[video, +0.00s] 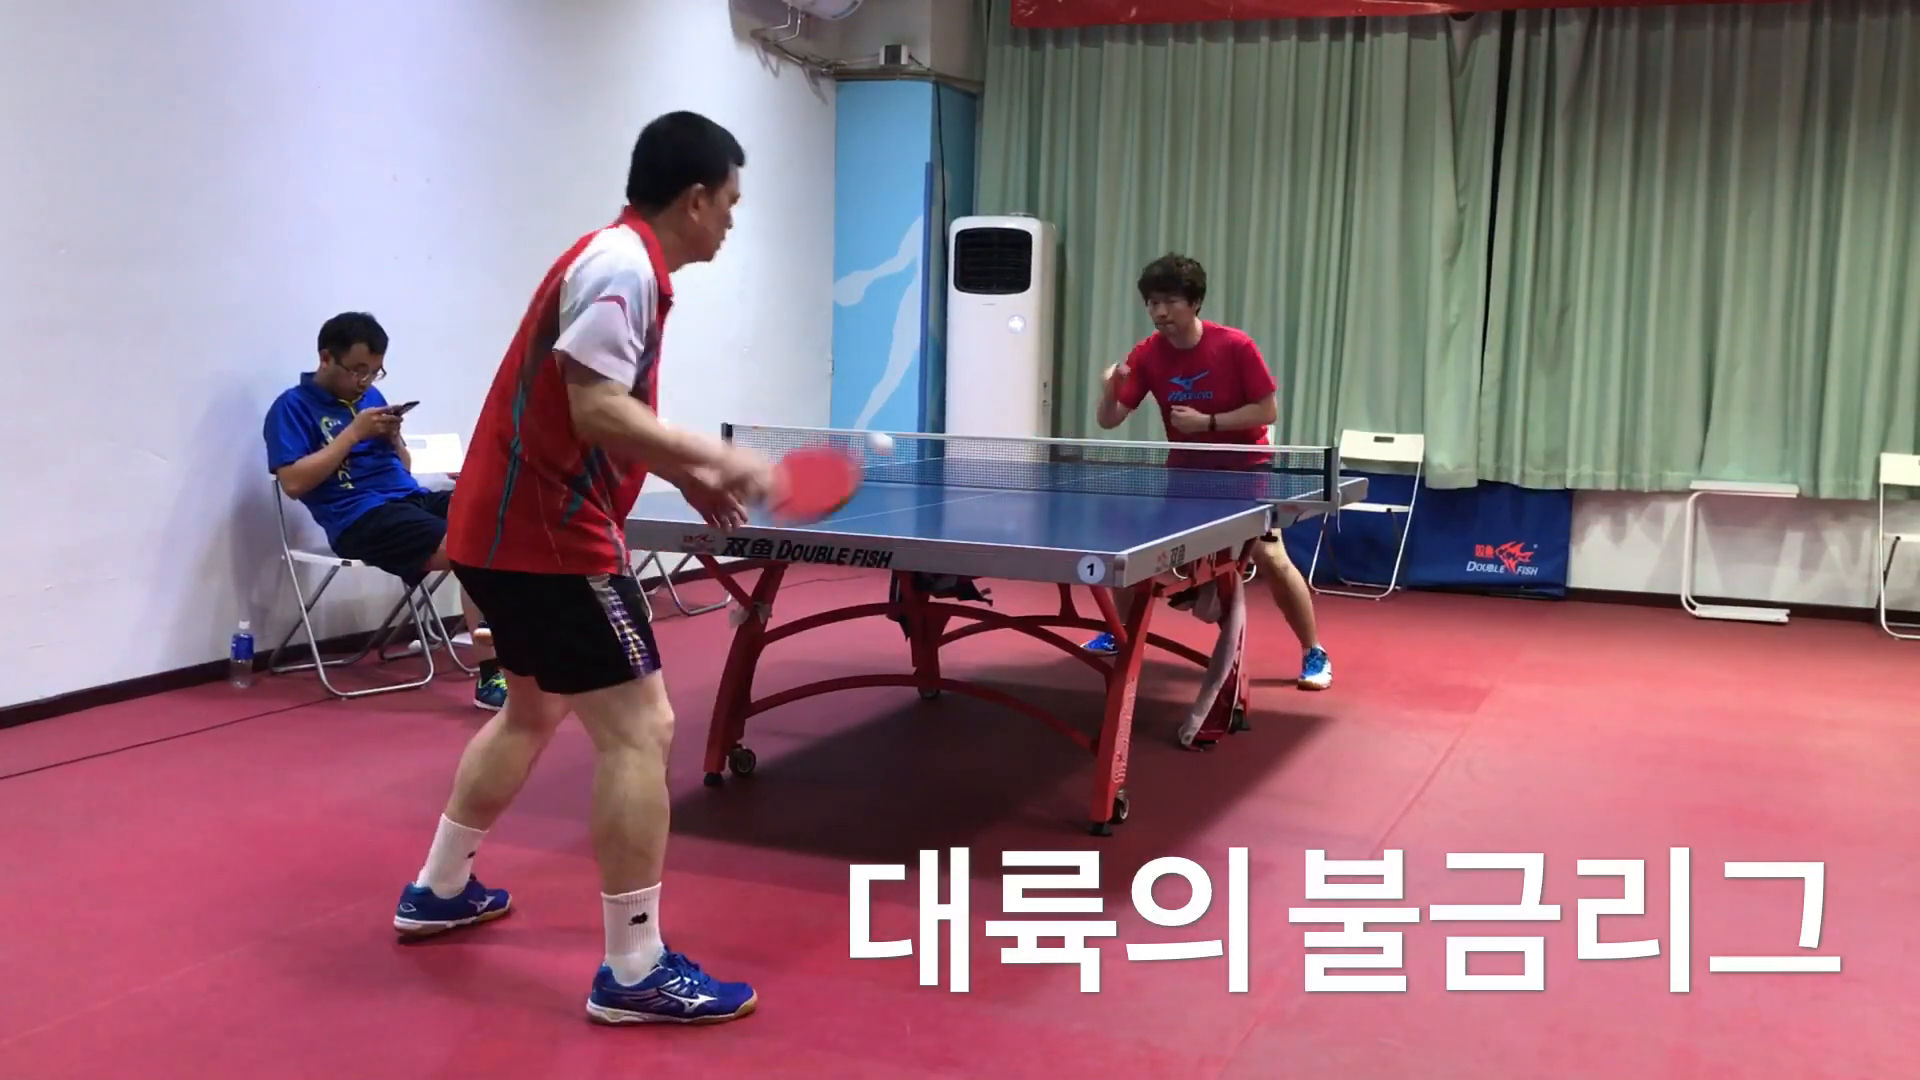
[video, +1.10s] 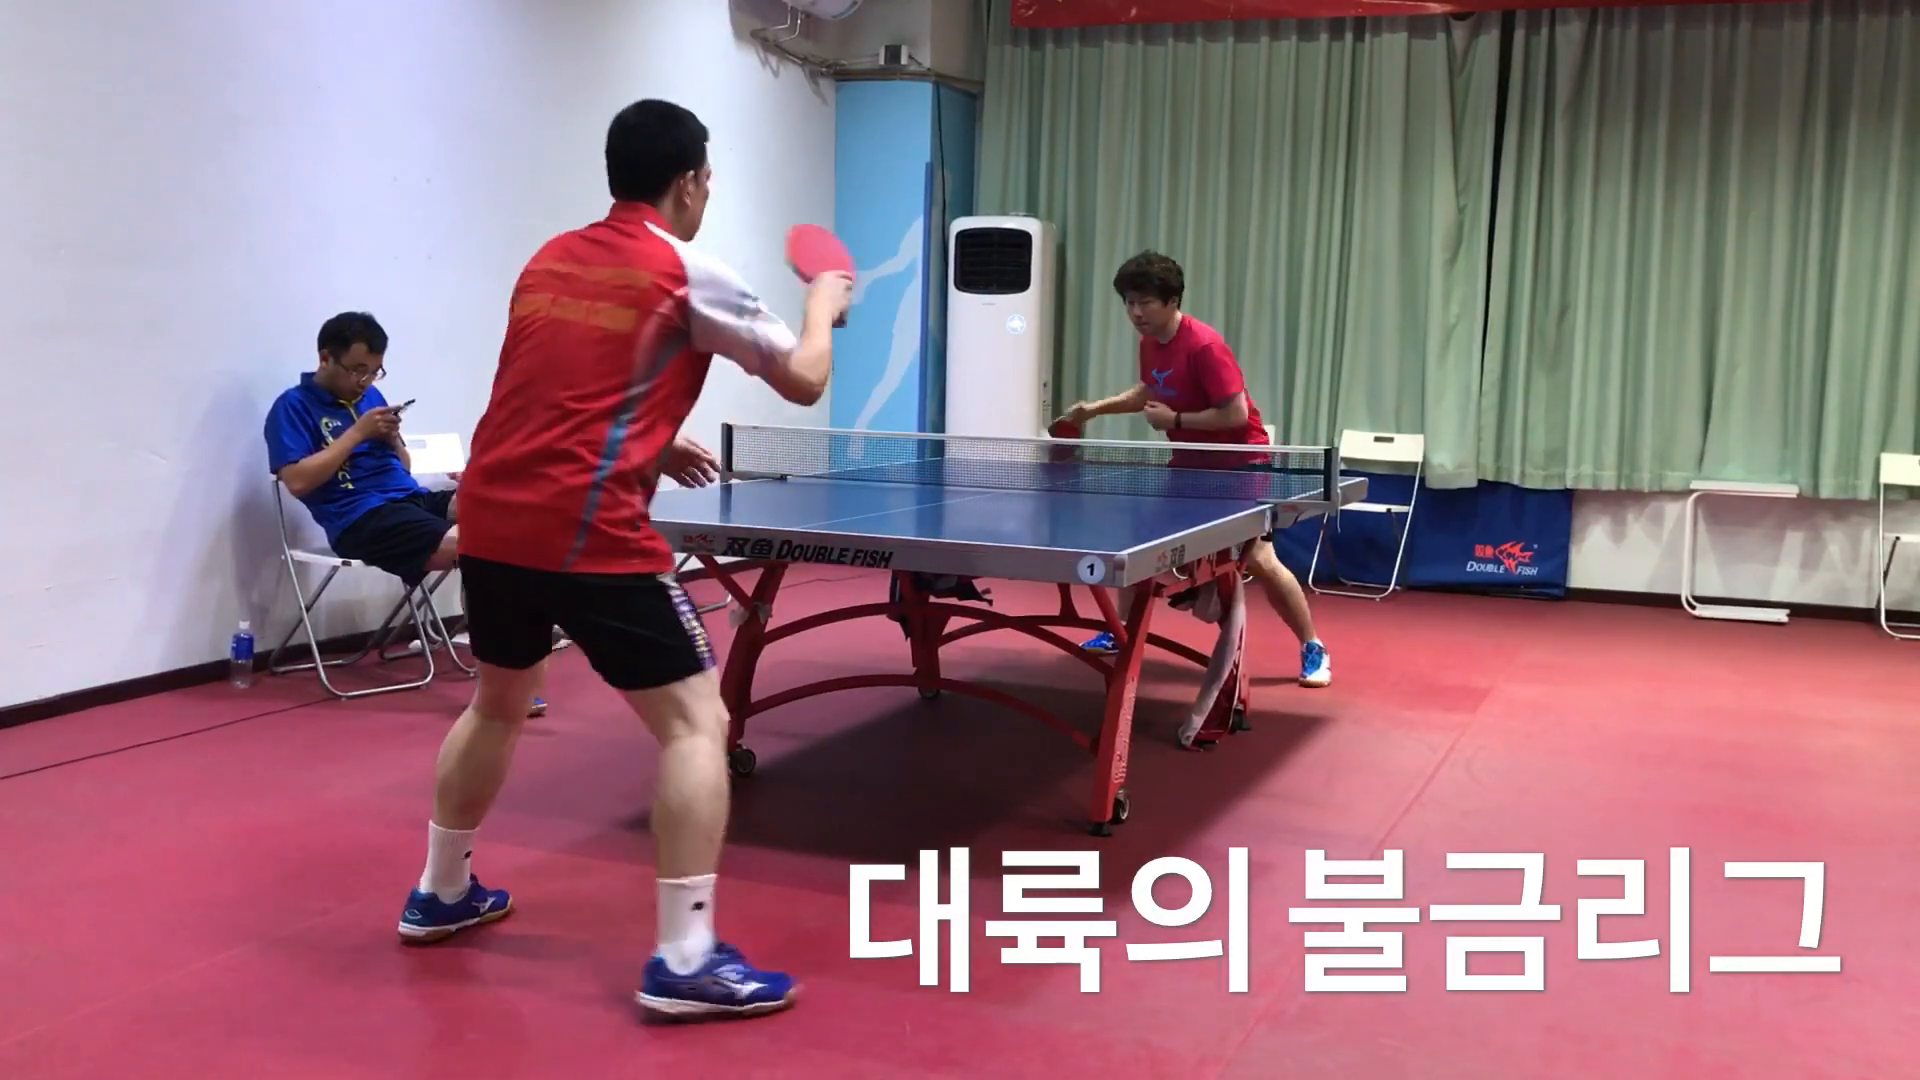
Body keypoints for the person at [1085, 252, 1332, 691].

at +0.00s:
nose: (1159, 311)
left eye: (1169, 301)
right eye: (1152, 302)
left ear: (1194, 301)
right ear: (1147, 305)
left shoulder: (1234, 346)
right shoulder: (1146, 355)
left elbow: (1267, 411)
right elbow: (1108, 419)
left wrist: (1207, 422)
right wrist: (1110, 386)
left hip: (1244, 473)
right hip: (1184, 474)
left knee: (1270, 555)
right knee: (1134, 548)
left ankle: (1313, 652)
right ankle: (1122, 634)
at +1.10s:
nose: (1135, 312)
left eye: (1143, 302)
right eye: (1129, 304)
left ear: (1171, 300)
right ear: (1126, 305)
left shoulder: (1206, 345)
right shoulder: (1150, 344)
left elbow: (1237, 414)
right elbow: (1151, 394)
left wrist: (1175, 420)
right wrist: (1094, 408)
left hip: (1241, 464)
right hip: (1189, 463)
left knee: (1259, 557)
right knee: (1146, 538)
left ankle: (1312, 646)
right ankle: (1127, 631)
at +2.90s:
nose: (1138, 312)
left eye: (1146, 302)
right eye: (1131, 304)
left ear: (1173, 300)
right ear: (1129, 306)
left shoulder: (1207, 344)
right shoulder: (1148, 350)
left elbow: (1241, 411)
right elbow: (1143, 407)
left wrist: (1182, 421)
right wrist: (1095, 422)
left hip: (1246, 463)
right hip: (1193, 464)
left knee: (1266, 558)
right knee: (1146, 539)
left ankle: (1317, 648)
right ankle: (1124, 632)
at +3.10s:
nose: (1168, 331)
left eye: (1171, 321)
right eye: (1164, 323)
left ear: (1197, 312)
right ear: (1198, 310)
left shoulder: (1220, 353)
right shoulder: (1227, 333)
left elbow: (1248, 423)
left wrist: (1201, 435)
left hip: (1248, 476)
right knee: (1278, 578)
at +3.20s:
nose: (1214, 329)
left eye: (1217, 318)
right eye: (1210, 320)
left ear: (1242, 307)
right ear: (1247, 306)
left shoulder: (1259, 353)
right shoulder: (1280, 331)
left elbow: (1277, 424)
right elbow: (1277, 374)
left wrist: (1233, 437)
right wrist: (1234, 370)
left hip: (1276, 479)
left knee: (1308, 586)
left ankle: (1397, 657)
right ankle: (1397, 655)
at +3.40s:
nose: (1260, 323)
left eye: (1267, 313)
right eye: (1256, 314)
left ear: (1294, 310)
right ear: (1263, 313)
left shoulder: (1319, 365)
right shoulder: (1284, 351)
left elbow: (1331, 443)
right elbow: (1262, 407)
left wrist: (1269, 449)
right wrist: (1232, 395)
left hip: (1329, 484)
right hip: (1288, 476)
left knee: (1326, 592)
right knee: (1224, 539)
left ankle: (1407, 665)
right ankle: (1174, 619)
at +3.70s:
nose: (1242, 326)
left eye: (1253, 316)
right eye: (1236, 316)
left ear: (1279, 319)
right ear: (1230, 319)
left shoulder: (1313, 370)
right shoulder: (1232, 367)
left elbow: (1345, 436)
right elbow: (1210, 439)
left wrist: (1281, 451)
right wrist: (1210, 417)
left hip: (1323, 484)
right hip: (1269, 481)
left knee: (1331, 582)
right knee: (1205, 544)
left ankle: (1407, 663)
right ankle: (1171, 630)